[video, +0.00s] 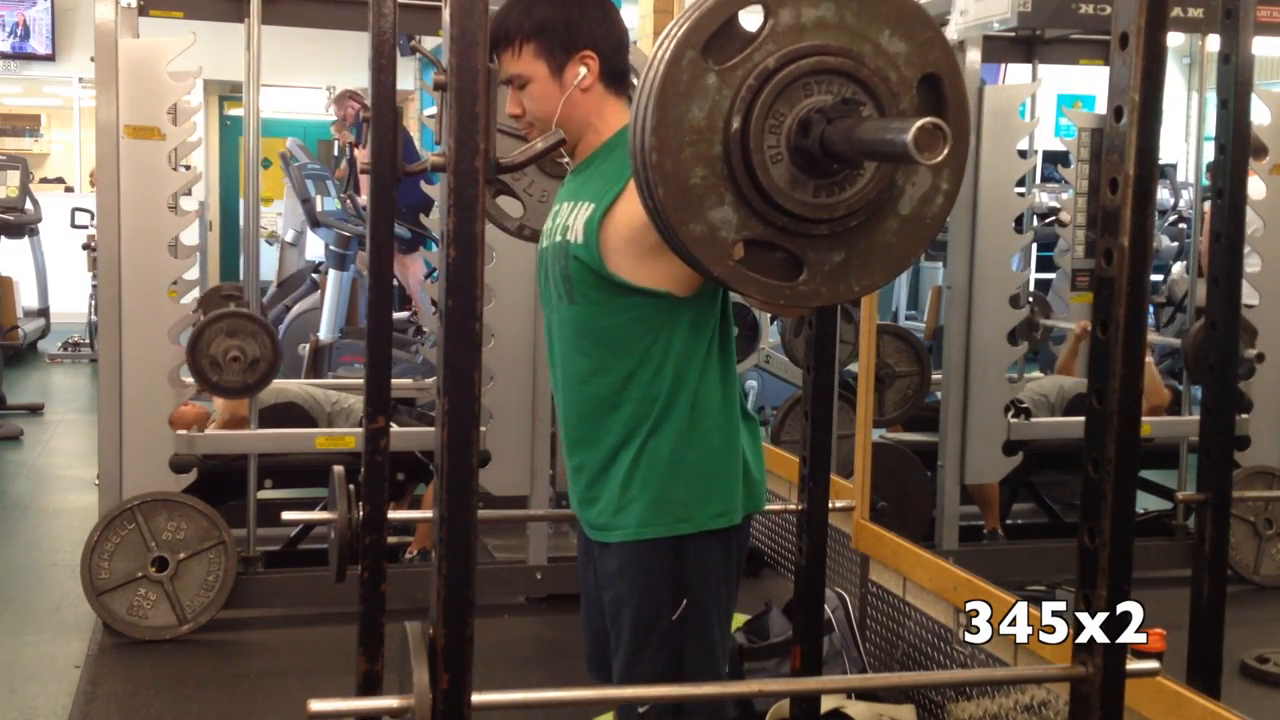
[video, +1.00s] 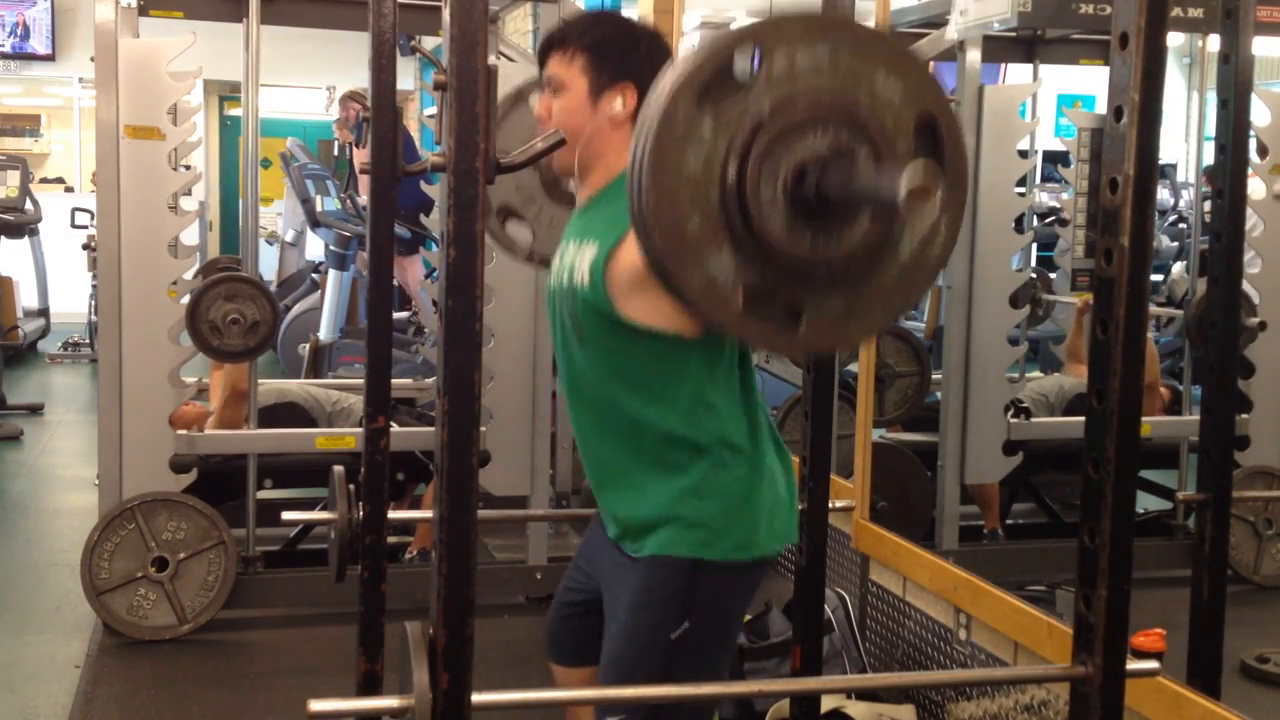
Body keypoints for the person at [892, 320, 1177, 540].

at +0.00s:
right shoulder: (1091, 388)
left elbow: (1157, 401)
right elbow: (1059, 378)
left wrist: (1143, 352)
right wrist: (1077, 338)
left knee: (978, 455)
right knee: (975, 456)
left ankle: (993, 530)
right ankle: (993, 528)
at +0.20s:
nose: (1158, 390)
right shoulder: (1104, 385)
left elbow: (1155, 409)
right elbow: (1058, 382)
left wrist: (1139, 358)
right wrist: (1074, 348)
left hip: (1025, 415)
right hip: (1005, 406)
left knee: (978, 453)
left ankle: (992, 530)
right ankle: (992, 527)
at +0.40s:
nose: (1158, 392)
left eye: (1162, 394)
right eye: (1158, 389)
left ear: (1163, 403)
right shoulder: (1100, 389)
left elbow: (1153, 406)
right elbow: (1058, 381)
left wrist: (1138, 353)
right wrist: (1074, 343)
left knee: (977, 451)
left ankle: (992, 531)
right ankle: (992, 530)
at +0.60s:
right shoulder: (1088, 391)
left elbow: (1153, 397)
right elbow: (1063, 375)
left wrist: (1139, 340)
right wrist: (1076, 332)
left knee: (979, 453)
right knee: (978, 452)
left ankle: (992, 529)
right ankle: (992, 528)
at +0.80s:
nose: (1162, 392)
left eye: (1163, 395)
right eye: (1163, 392)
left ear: (1160, 407)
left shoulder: (1124, 415)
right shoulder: (1083, 389)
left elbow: (1152, 390)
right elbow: (1070, 365)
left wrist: (1141, 334)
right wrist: (1079, 323)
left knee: (979, 451)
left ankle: (992, 529)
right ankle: (991, 527)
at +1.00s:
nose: (1157, 389)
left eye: (1160, 393)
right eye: (1159, 389)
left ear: (1161, 407)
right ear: (1152, 395)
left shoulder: (1145, 405)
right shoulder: (1108, 389)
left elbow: (1148, 370)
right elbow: (1075, 357)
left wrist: (1139, 318)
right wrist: (1082, 314)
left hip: (1023, 411)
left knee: (978, 449)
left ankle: (993, 529)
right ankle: (991, 526)